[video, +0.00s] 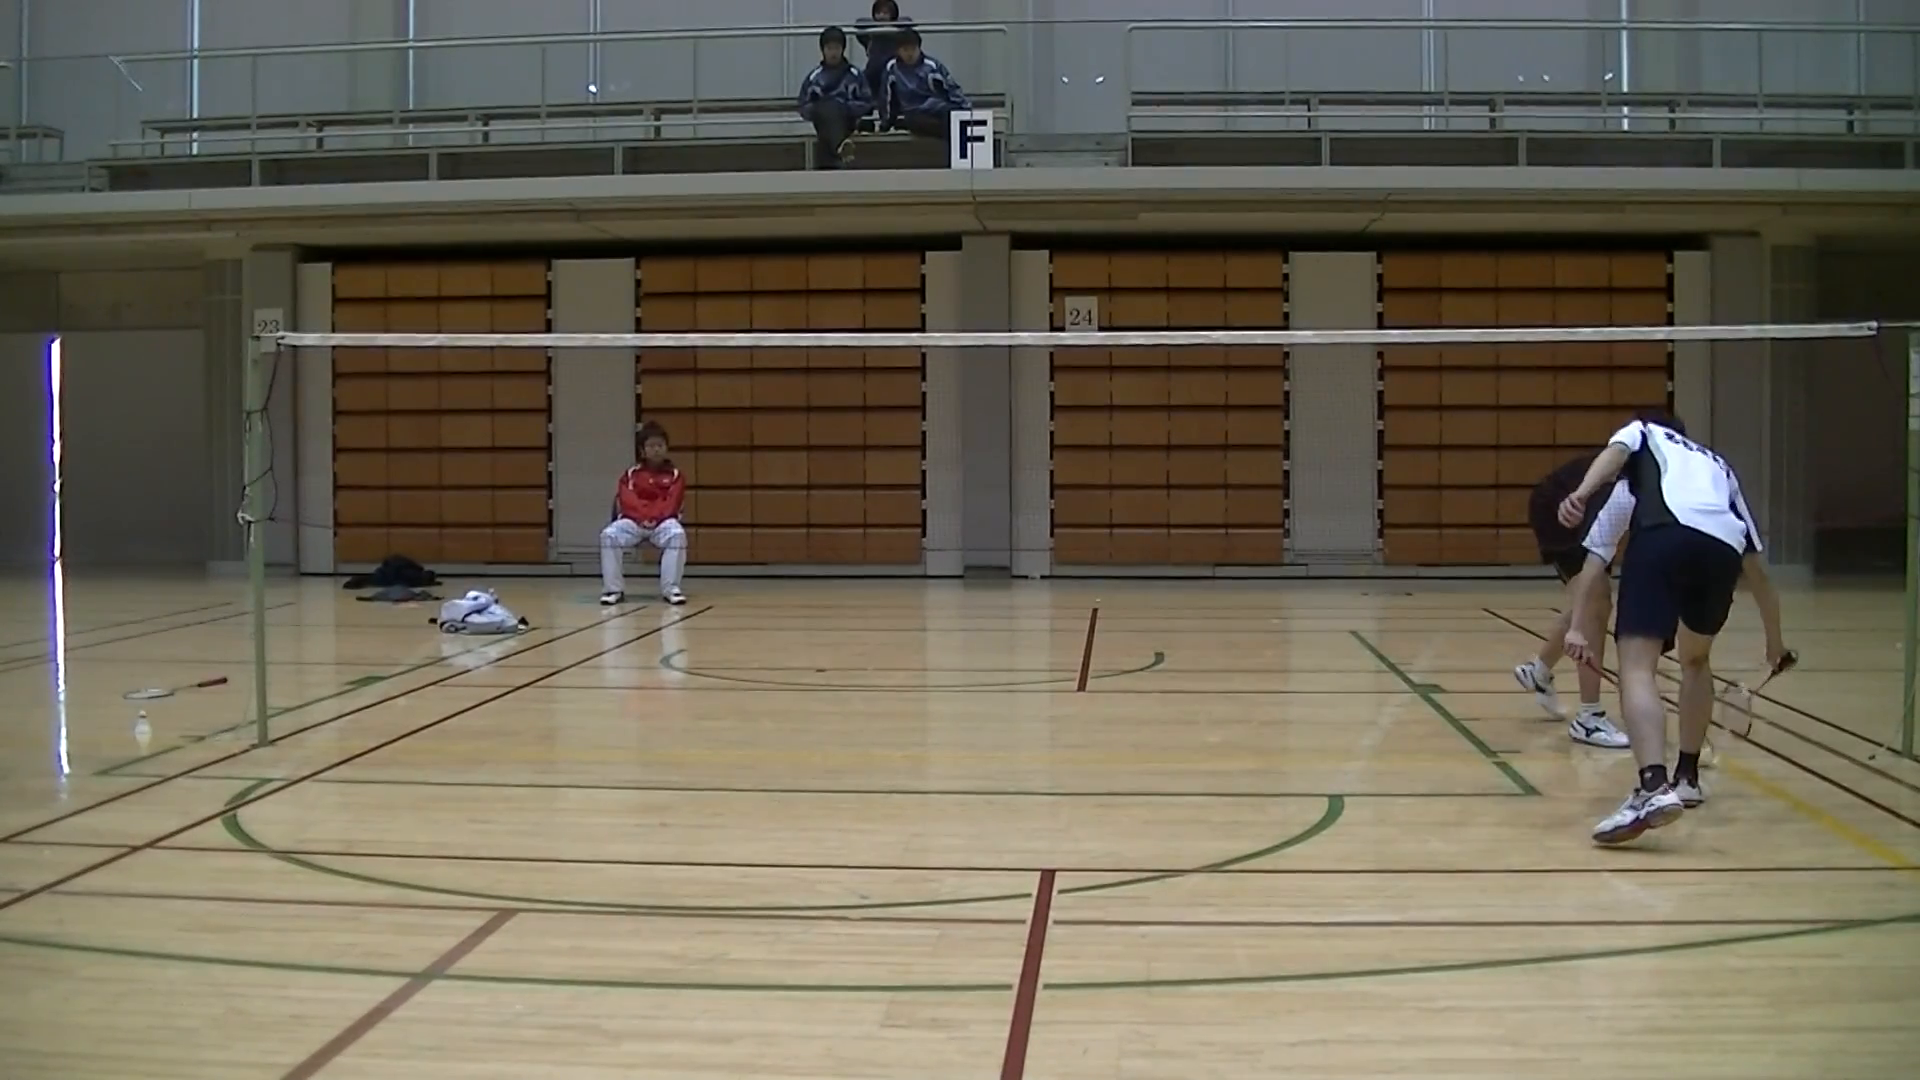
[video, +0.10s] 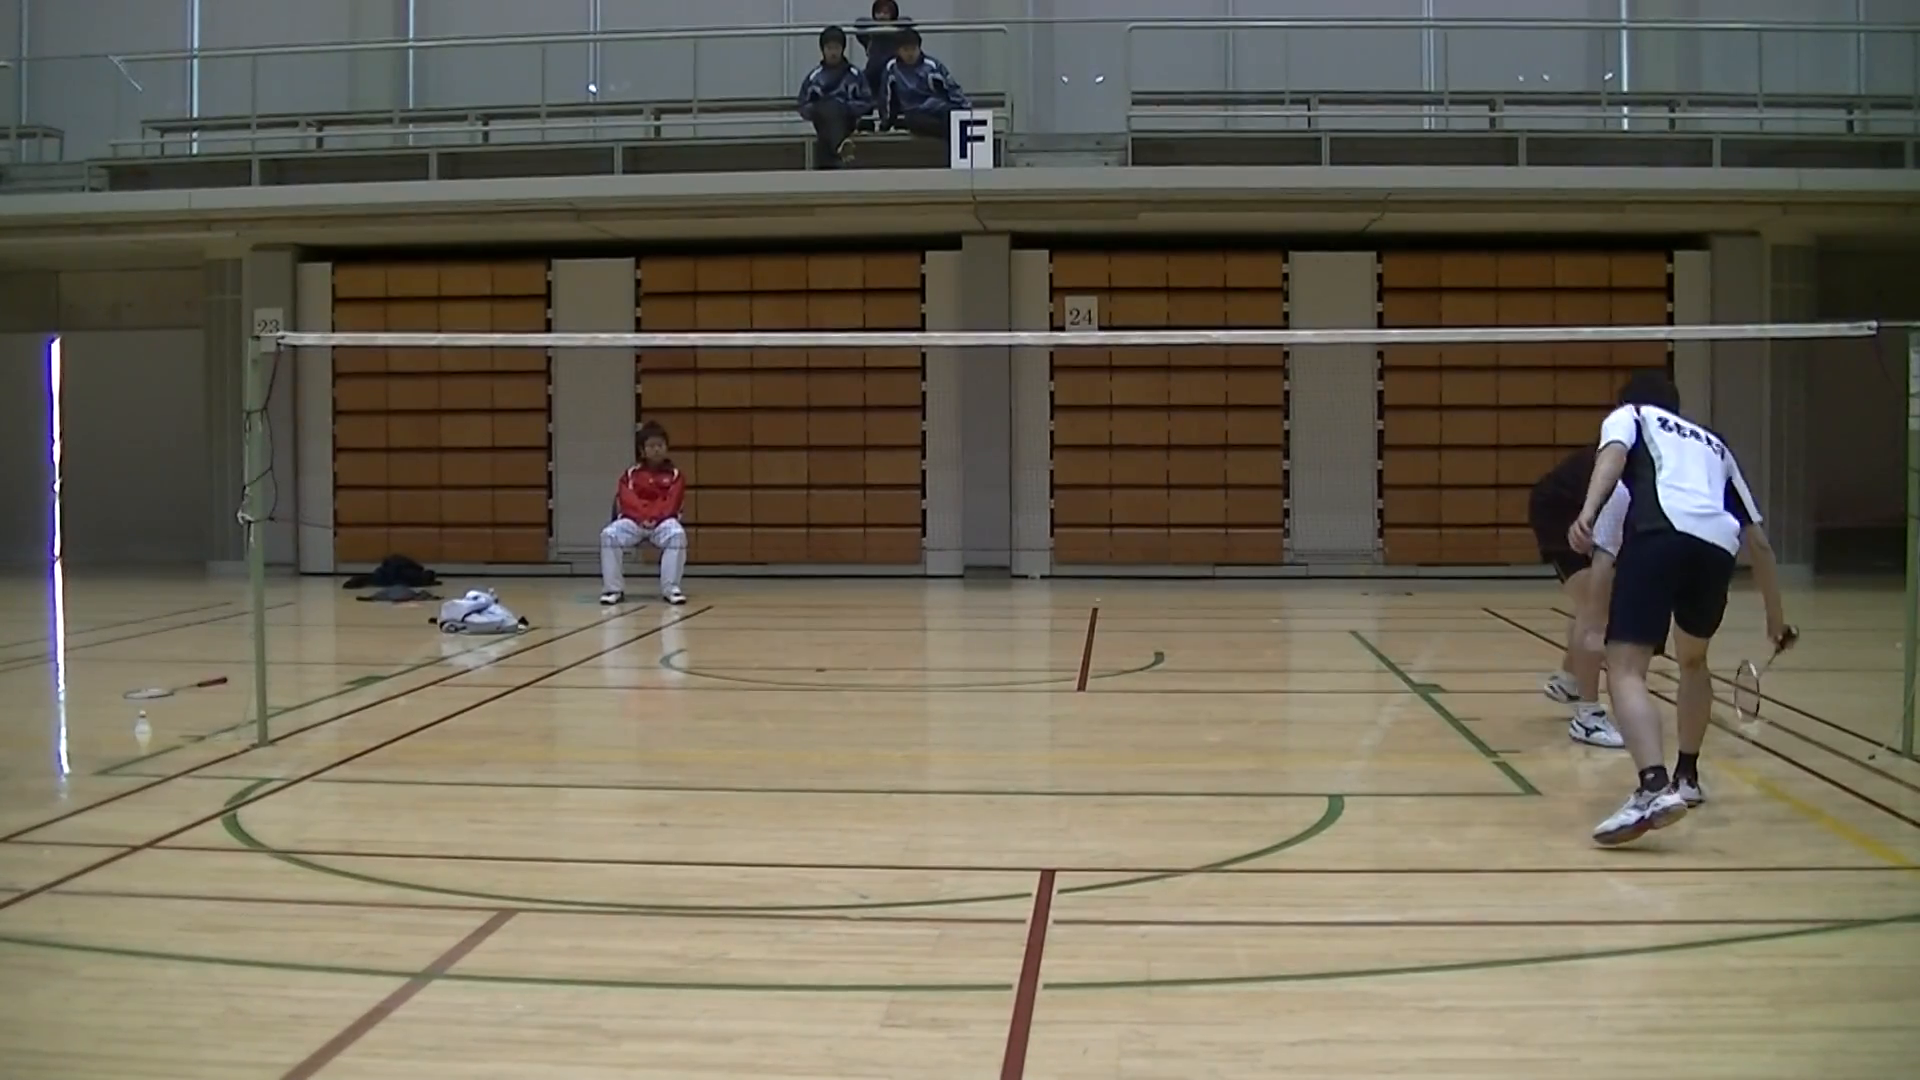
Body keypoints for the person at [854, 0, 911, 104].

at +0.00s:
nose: (881, 16)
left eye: (885, 13)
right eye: (878, 12)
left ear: (893, 15)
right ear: (874, 15)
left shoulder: (897, 30)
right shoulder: (870, 36)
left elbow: (907, 21)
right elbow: (859, 23)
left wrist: (892, 24)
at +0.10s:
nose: (882, 16)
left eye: (886, 12)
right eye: (878, 12)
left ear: (892, 15)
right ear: (874, 14)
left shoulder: (898, 32)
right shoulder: (869, 35)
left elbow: (908, 21)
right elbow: (859, 23)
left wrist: (891, 25)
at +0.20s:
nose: (882, 15)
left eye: (886, 12)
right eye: (878, 12)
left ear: (892, 14)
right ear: (874, 14)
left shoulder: (898, 31)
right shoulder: (869, 34)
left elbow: (908, 21)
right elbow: (859, 23)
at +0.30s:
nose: (881, 15)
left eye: (886, 12)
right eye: (878, 11)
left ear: (893, 14)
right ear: (874, 14)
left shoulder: (898, 32)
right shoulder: (869, 35)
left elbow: (907, 20)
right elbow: (859, 22)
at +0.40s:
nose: (881, 15)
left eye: (886, 12)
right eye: (878, 12)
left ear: (892, 14)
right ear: (874, 14)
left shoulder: (898, 31)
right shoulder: (869, 34)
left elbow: (907, 20)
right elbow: (859, 22)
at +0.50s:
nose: (882, 14)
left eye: (887, 11)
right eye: (878, 11)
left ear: (893, 13)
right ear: (874, 13)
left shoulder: (898, 30)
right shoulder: (869, 34)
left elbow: (907, 20)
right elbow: (859, 22)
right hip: (872, 72)